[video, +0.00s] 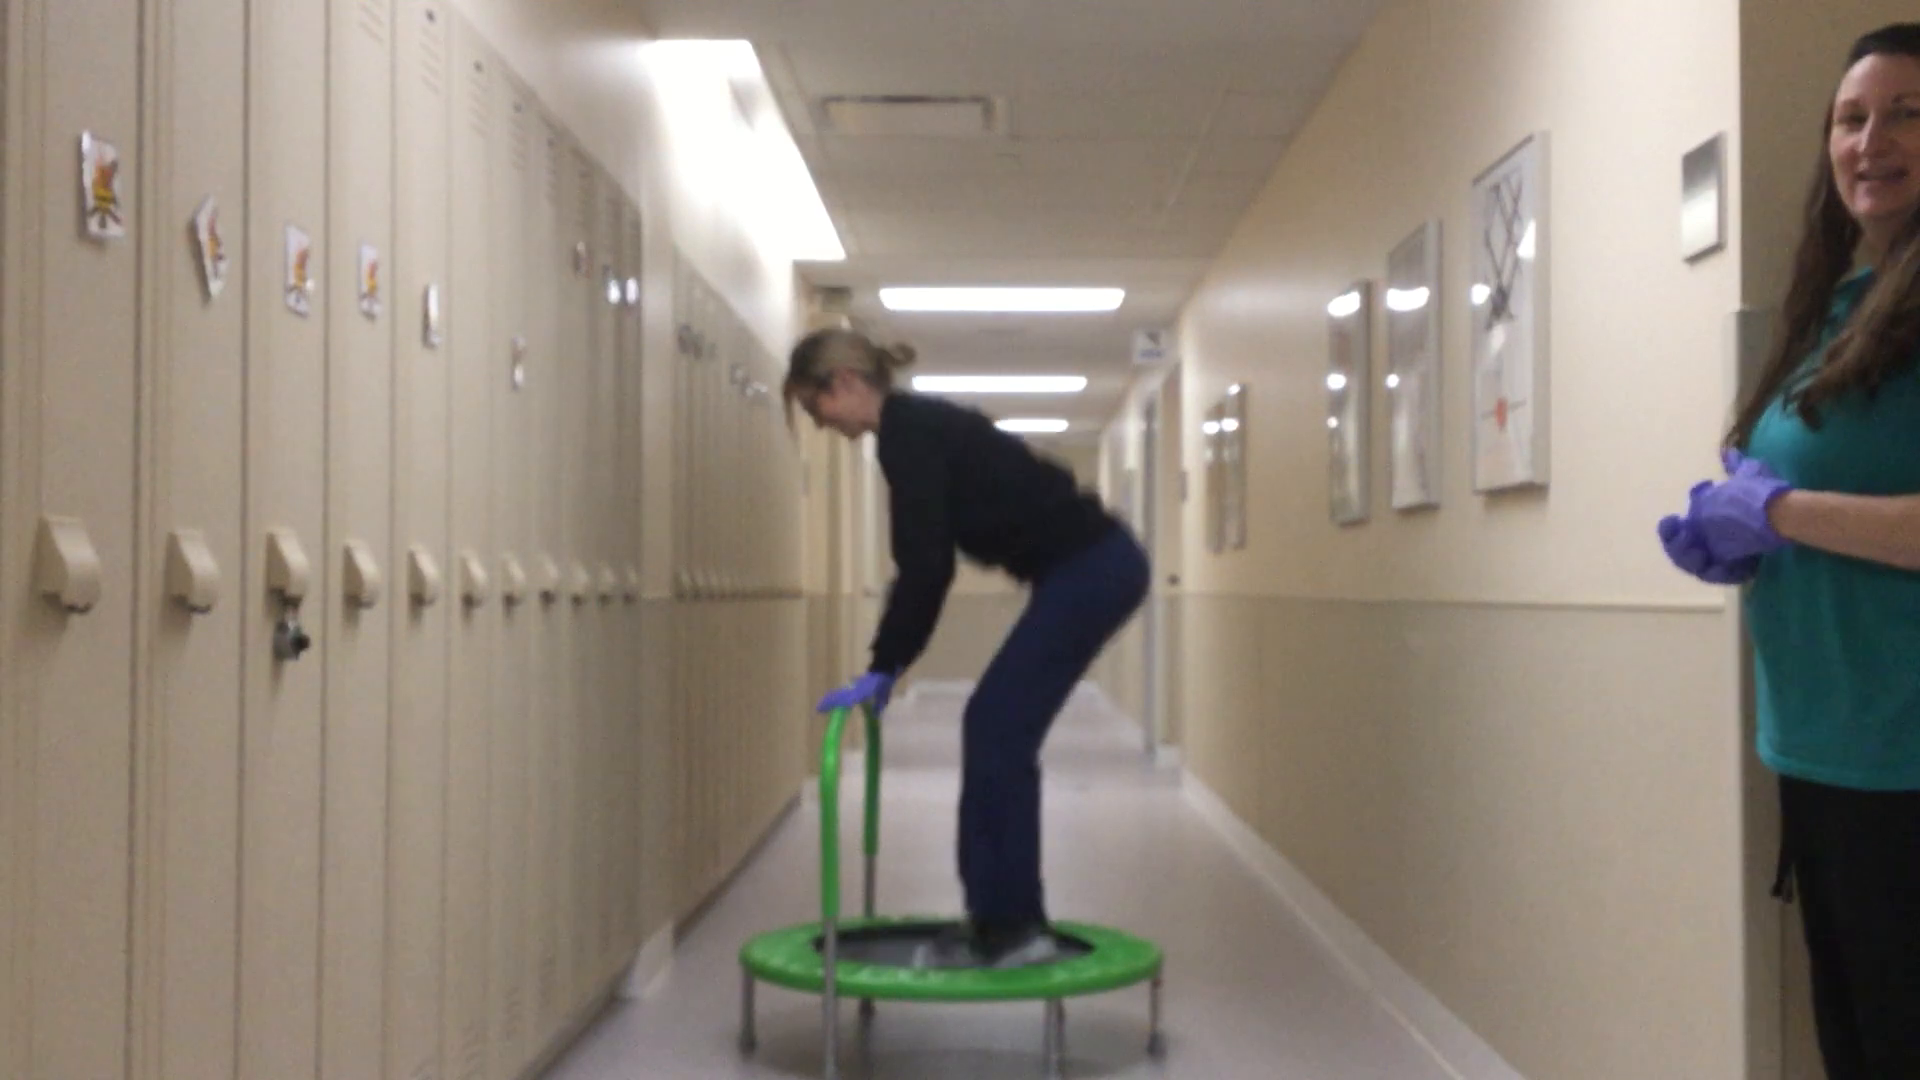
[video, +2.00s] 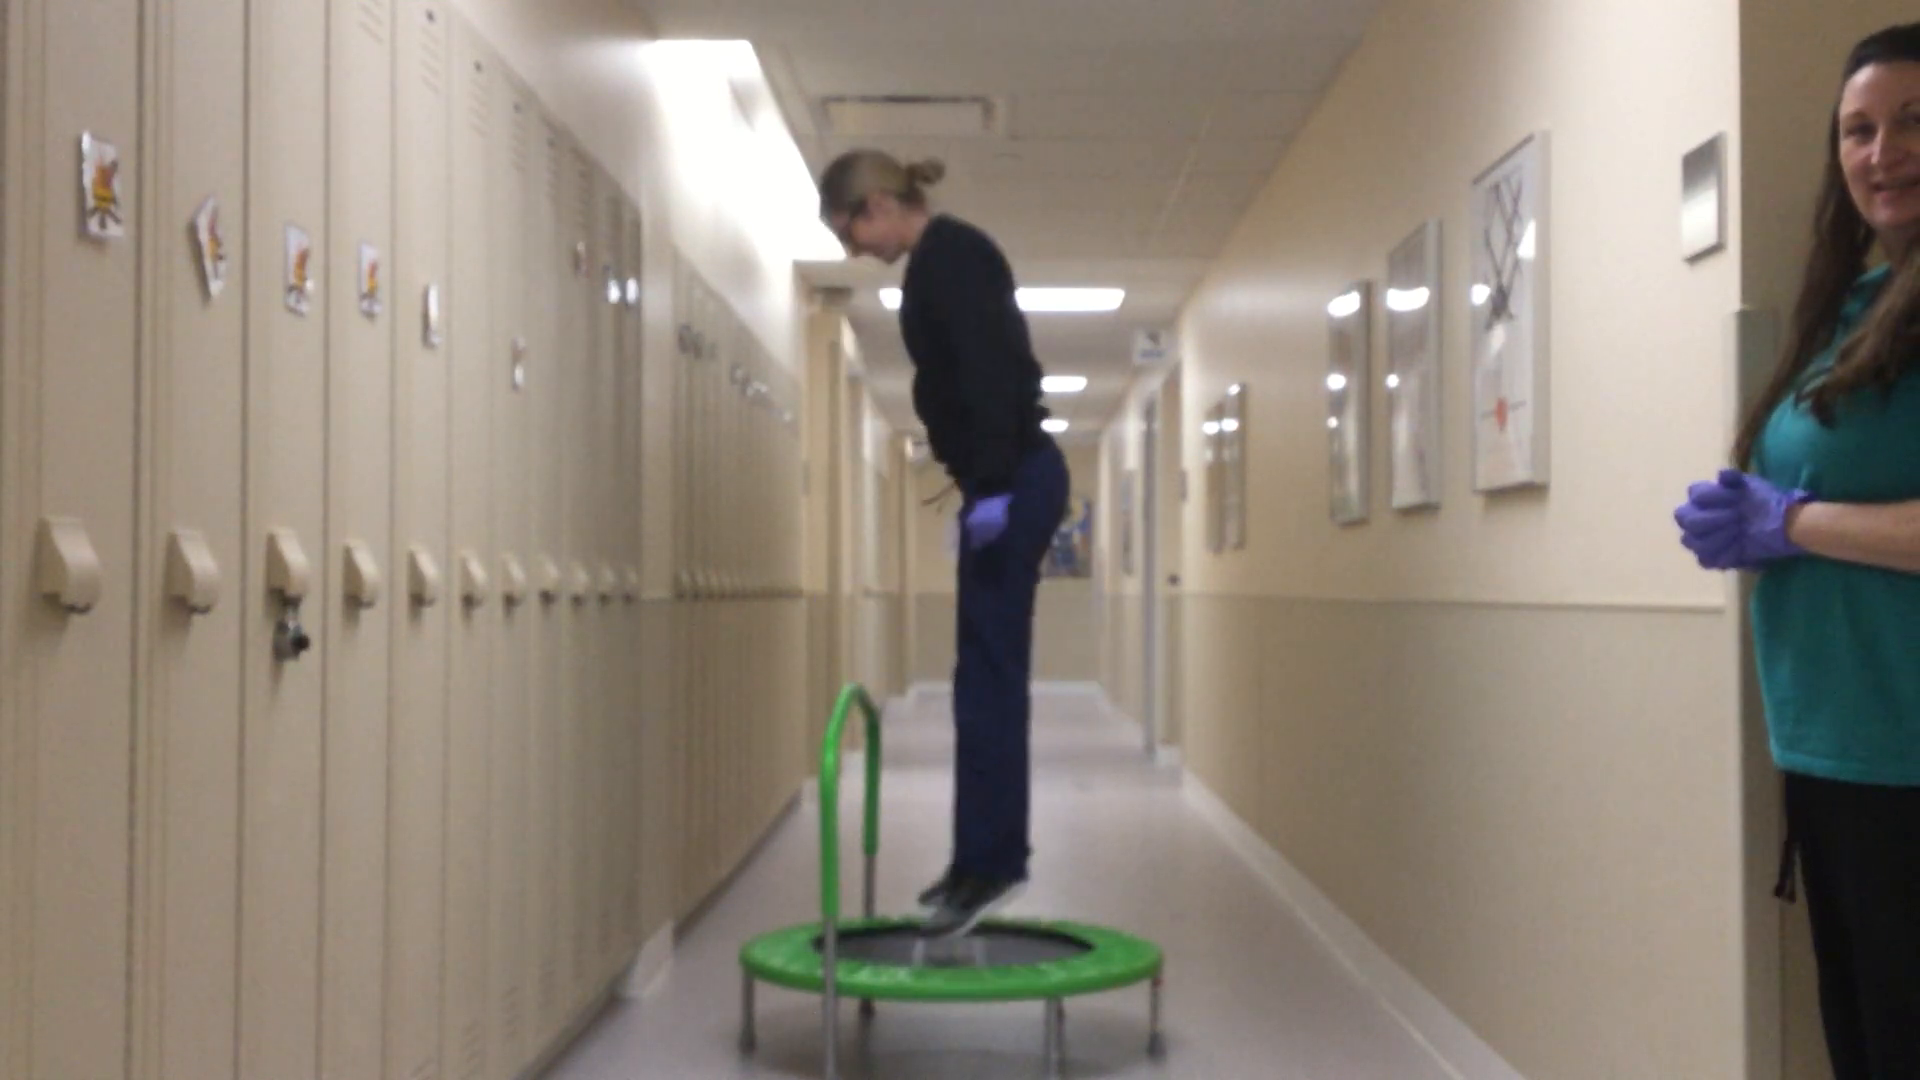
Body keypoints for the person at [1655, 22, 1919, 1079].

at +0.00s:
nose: (1871, 142)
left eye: (1900, 117)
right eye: (1851, 119)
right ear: (1827, 145)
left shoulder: (1919, 294)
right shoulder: (1829, 298)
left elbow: (1914, 526)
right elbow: (1766, 450)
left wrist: (1777, 513)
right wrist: (1735, 502)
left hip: (1897, 751)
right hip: (1815, 743)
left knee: (1892, 1036)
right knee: (1850, 1034)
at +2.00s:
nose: (1884, 151)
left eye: (1909, 124)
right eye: (1860, 129)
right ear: (1836, 153)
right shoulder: (1841, 299)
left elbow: (1918, 526)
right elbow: (1802, 466)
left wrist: (1793, 522)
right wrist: (1752, 503)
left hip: (1901, 747)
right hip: (1822, 740)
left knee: (1900, 1032)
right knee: (1857, 1031)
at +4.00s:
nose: (1799, 146)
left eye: (1830, 115)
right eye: (1779, 124)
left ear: (1894, 127)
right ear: (1761, 146)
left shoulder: (1907, 284)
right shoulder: (1771, 296)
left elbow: (1919, 525)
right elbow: (1796, 515)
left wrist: (1776, 583)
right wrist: (1730, 585)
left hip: (1899, 751)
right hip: (1808, 752)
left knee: (1894, 1039)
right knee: (1850, 1039)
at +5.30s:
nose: (1690, 149)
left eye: (1715, 112)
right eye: (1667, 131)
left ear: (1783, 112)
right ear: (1656, 153)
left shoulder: (1869, 258)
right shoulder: (1700, 299)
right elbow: (1706, 539)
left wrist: (1858, 581)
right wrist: (1670, 722)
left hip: (1869, 765)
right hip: (1751, 771)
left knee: (1867, 1050)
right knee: (1786, 1050)